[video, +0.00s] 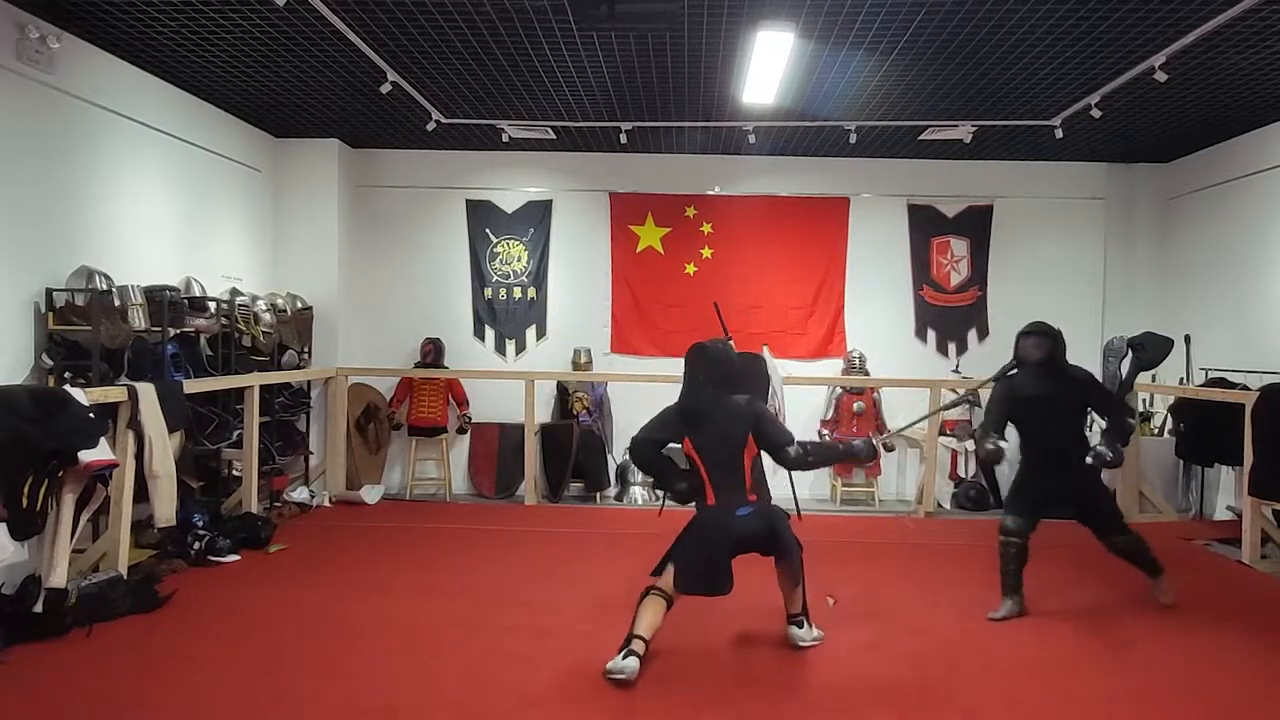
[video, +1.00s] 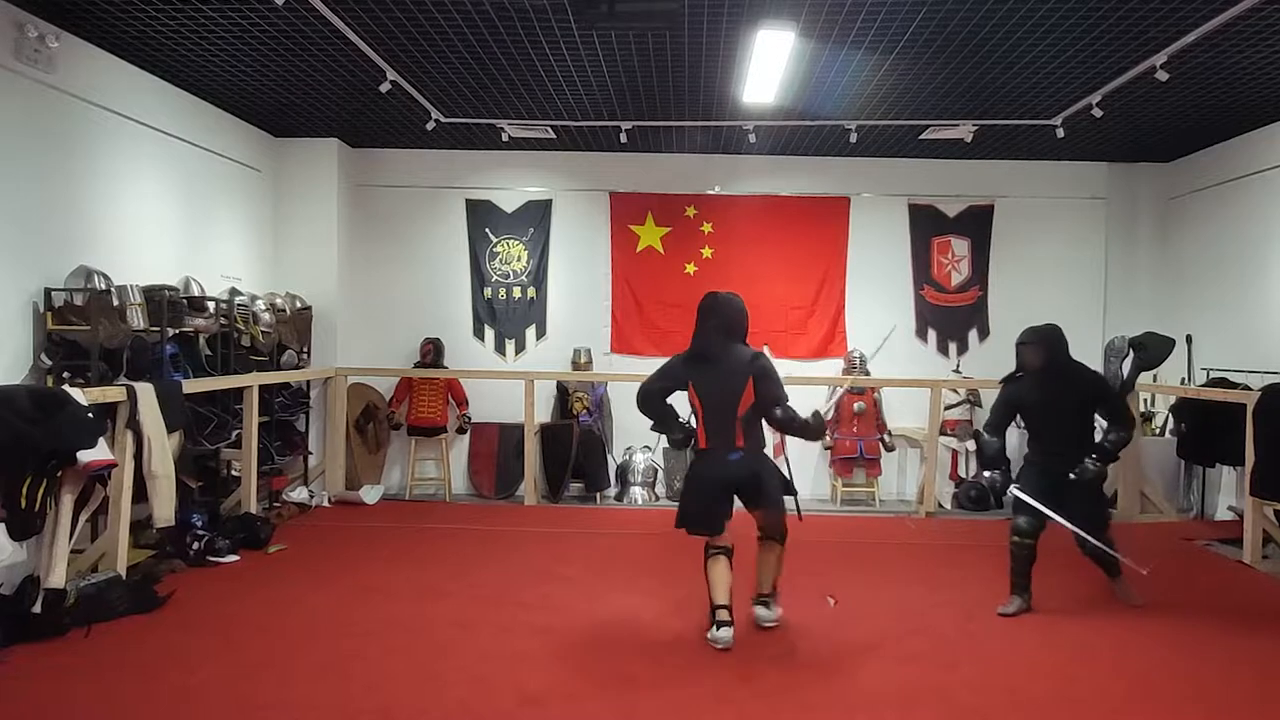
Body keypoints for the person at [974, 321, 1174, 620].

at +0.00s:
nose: (1033, 349)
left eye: (1040, 342)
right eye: (1027, 343)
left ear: (1055, 347)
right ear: (1017, 349)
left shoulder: (1077, 380)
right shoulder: (1008, 387)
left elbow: (1121, 414)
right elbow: (988, 431)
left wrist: (1110, 444)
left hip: (1077, 473)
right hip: (1033, 474)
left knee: (1117, 539)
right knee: (1011, 530)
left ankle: (1158, 576)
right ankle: (1012, 599)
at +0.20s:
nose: (1035, 352)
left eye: (1042, 344)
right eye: (1031, 345)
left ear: (1061, 348)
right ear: (1025, 351)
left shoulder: (1090, 379)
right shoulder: (1022, 388)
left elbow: (1136, 403)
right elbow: (1003, 435)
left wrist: (1143, 449)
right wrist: (1024, 461)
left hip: (1084, 477)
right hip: (1037, 475)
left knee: (1106, 549)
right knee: (1015, 531)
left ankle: (1136, 578)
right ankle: (1013, 598)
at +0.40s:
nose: (1066, 353)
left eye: (1074, 347)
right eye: (1062, 347)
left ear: (1091, 352)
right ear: (1057, 353)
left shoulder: (1116, 384)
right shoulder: (1049, 389)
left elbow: (1160, 404)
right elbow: (1012, 416)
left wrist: (1180, 423)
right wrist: (979, 438)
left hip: (1105, 480)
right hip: (1063, 479)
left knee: (1117, 546)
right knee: (1036, 532)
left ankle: (1137, 588)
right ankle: (1017, 597)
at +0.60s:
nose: (1084, 356)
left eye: (1090, 349)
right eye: (1078, 349)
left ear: (1105, 352)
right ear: (1069, 352)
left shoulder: (1124, 383)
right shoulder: (1057, 386)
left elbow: (1159, 418)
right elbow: (1026, 418)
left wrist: (1158, 449)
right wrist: (1003, 449)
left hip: (1105, 478)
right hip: (1062, 475)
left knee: (1117, 545)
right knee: (1033, 529)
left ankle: (1136, 588)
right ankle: (1019, 593)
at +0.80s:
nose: (1057, 362)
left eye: (1064, 354)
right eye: (1050, 354)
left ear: (1080, 354)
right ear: (1042, 354)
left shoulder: (1106, 386)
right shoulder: (1035, 386)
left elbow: (1137, 425)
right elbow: (1009, 430)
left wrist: (1121, 466)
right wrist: (1017, 467)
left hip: (1091, 473)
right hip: (1047, 471)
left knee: (1107, 542)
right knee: (1028, 530)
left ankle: (1134, 587)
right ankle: (1020, 594)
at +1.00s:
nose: (1025, 358)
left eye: (1032, 351)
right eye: (1022, 351)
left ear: (1051, 351)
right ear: (1020, 352)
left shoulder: (1085, 381)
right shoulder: (1017, 386)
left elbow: (1124, 424)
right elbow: (993, 430)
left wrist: (1099, 458)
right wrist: (997, 468)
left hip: (1080, 467)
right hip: (1038, 466)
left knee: (1091, 541)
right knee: (1023, 528)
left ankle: (1117, 577)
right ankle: (1020, 595)